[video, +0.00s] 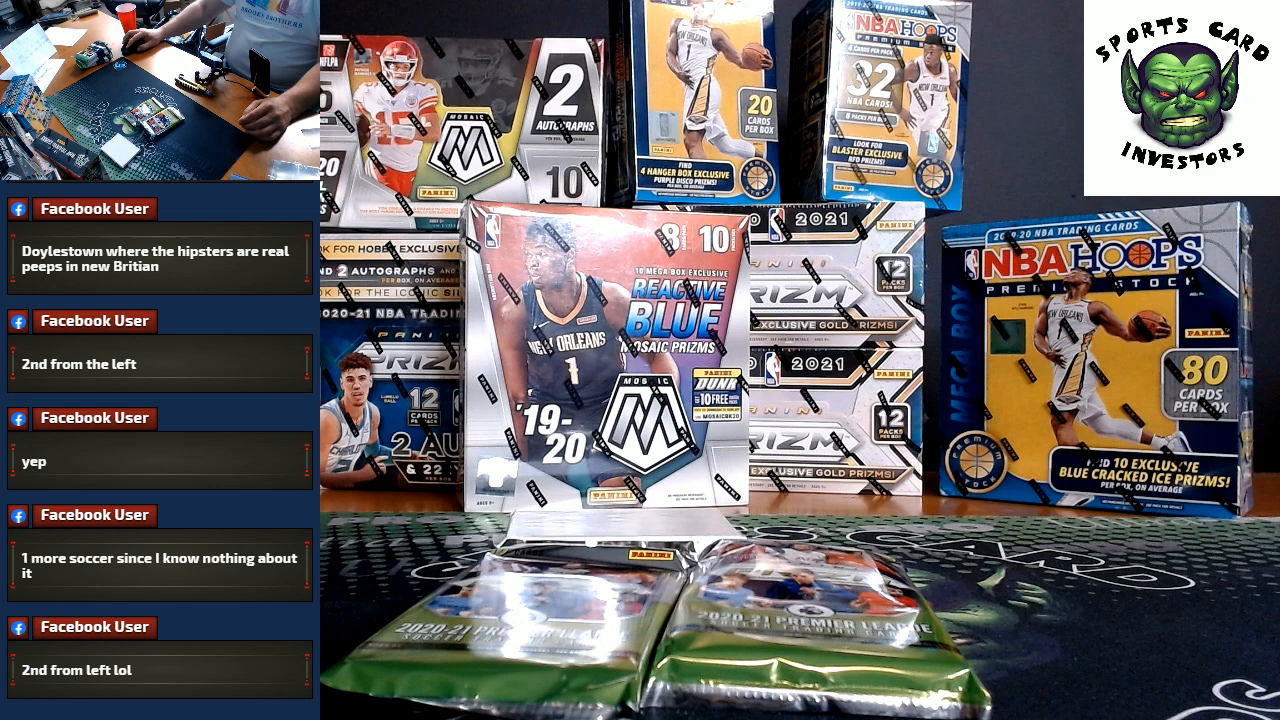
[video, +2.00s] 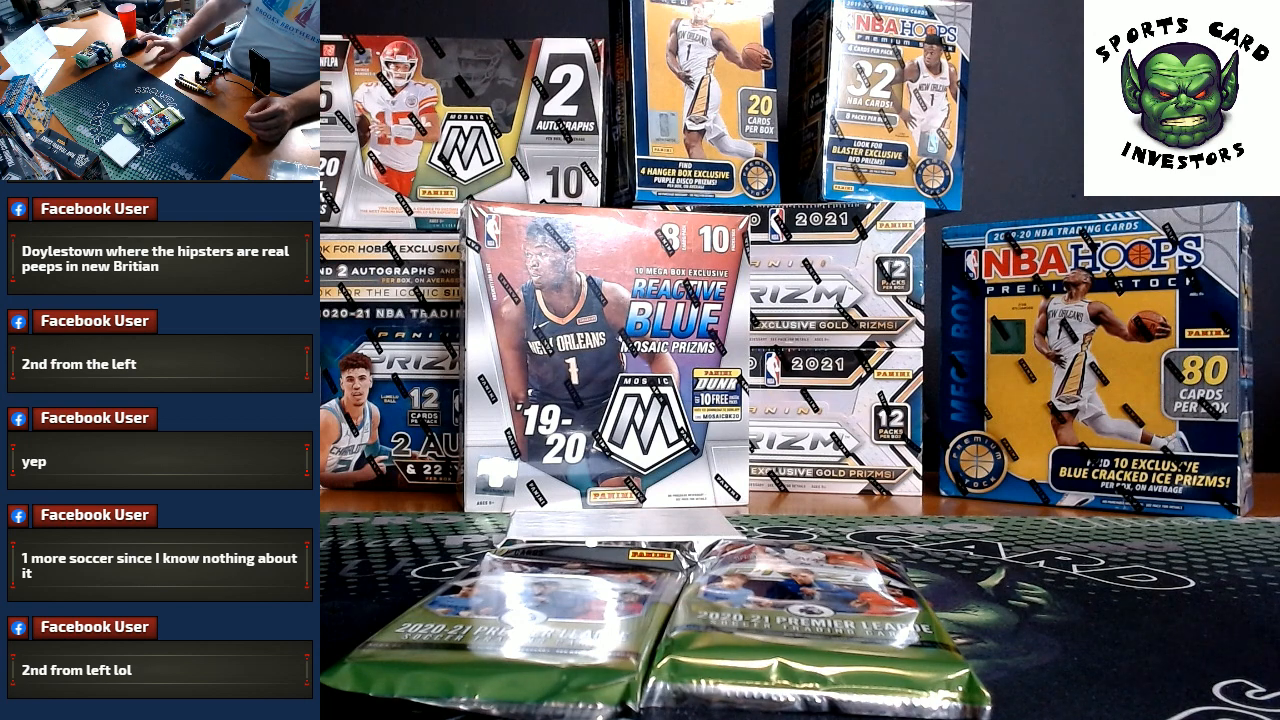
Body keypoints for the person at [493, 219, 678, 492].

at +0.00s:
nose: (532, 263)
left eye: (542, 254)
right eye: (529, 255)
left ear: (570, 256)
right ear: (524, 259)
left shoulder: (612, 299)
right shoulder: (514, 312)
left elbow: (658, 357)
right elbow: (518, 399)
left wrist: (663, 419)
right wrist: (524, 461)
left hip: (610, 419)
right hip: (550, 424)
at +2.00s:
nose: (532, 263)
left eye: (542, 254)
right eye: (529, 255)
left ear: (570, 256)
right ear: (524, 258)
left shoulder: (611, 299)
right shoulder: (514, 312)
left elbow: (657, 357)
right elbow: (518, 398)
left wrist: (663, 414)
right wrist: (524, 460)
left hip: (610, 424)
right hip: (549, 428)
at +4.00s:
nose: (532, 263)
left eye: (542, 254)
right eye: (529, 255)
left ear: (570, 255)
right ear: (525, 259)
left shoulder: (611, 299)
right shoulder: (513, 313)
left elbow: (658, 357)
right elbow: (518, 398)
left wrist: (662, 413)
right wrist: (524, 460)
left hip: (610, 422)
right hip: (549, 427)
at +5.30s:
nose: (533, 264)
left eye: (542, 255)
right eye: (529, 255)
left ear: (569, 257)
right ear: (525, 258)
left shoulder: (612, 299)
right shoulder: (514, 312)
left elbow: (658, 356)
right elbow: (517, 399)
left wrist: (664, 415)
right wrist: (522, 463)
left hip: (610, 426)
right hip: (548, 430)